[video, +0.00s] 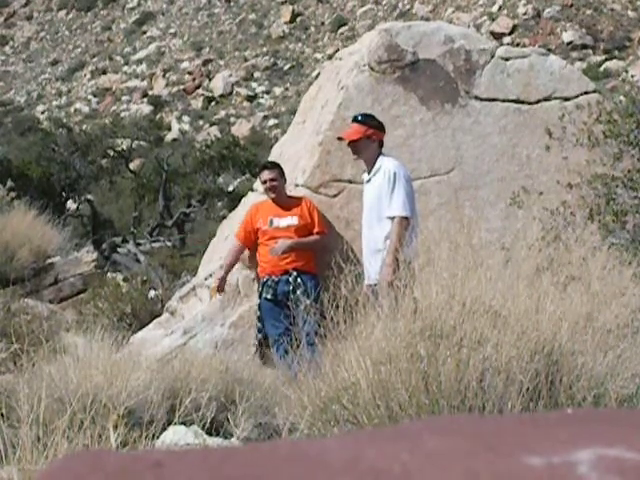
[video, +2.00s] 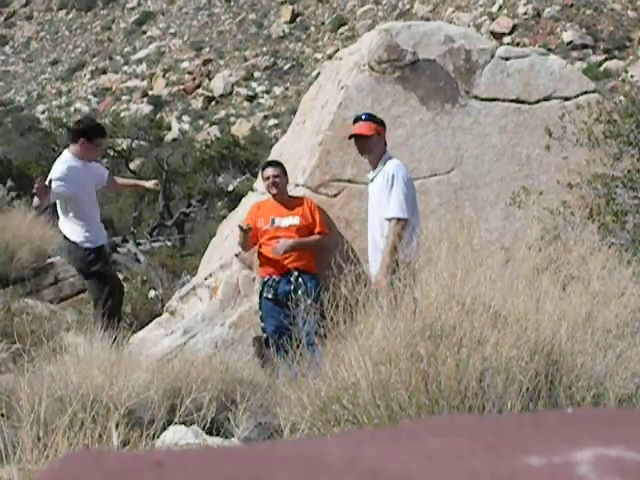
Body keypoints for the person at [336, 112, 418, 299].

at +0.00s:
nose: (351, 147)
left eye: (355, 141)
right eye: (350, 142)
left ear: (373, 139)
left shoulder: (393, 170)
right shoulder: (369, 177)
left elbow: (401, 220)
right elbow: (372, 229)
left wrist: (390, 264)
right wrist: (369, 276)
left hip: (390, 272)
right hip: (373, 274)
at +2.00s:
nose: (359, 145)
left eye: (364, 138)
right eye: (356, 139)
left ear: (381, 136)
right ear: (354, 142)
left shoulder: (396, 170)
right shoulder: (374, 176)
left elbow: (398, 222)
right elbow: (380, 225)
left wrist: (385, 272)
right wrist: (375, 271)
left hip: (396, 272)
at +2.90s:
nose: (363, 147)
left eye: (365, 142)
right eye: (363, 142)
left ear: (376, 143)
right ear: (379, 142)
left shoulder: (403, 171)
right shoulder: (393, 171)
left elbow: (402, 225)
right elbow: (397, 224)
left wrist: (385, 267)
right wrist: (385, 266)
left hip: (408, 270)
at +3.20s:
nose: (374, 141)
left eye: (376, 136)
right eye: (374, 136)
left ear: (385, 139)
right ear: (402, 136)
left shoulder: (405, 168)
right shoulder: (418, 162)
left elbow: (404, 226)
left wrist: (389, 269)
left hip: (416, 262)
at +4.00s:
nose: (388, 145)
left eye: (388, 139)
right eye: (387, 139)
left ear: (398, 138)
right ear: (415, 135)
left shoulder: (409, 169)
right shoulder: (436, 161)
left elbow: (404, 223)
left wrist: (390, 253)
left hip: (423, 250)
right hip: (448, 246)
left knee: (421, 309)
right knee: (443, 309)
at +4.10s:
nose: (392, 147)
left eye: (392, 141)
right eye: (391, 142)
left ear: (401, 139)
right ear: (417, 137)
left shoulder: (412, 169)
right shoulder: (438, 161)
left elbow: (393, 223)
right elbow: (422, 209)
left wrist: (363, 246)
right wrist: (384, 227)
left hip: (425, 252)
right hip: (450, 248)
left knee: (423, 312)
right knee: (442, 311)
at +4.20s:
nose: (392, 145)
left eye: (393, 139)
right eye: (391, 140)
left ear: (405, 139)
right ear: (418, 137)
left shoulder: (414, 171)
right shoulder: (440, 162)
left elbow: (385, 220)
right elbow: (422, 198)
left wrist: (357, 222)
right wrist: (387, 200)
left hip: (427, 256)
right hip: (451, 251)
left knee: (425, 319)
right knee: (444, 316)